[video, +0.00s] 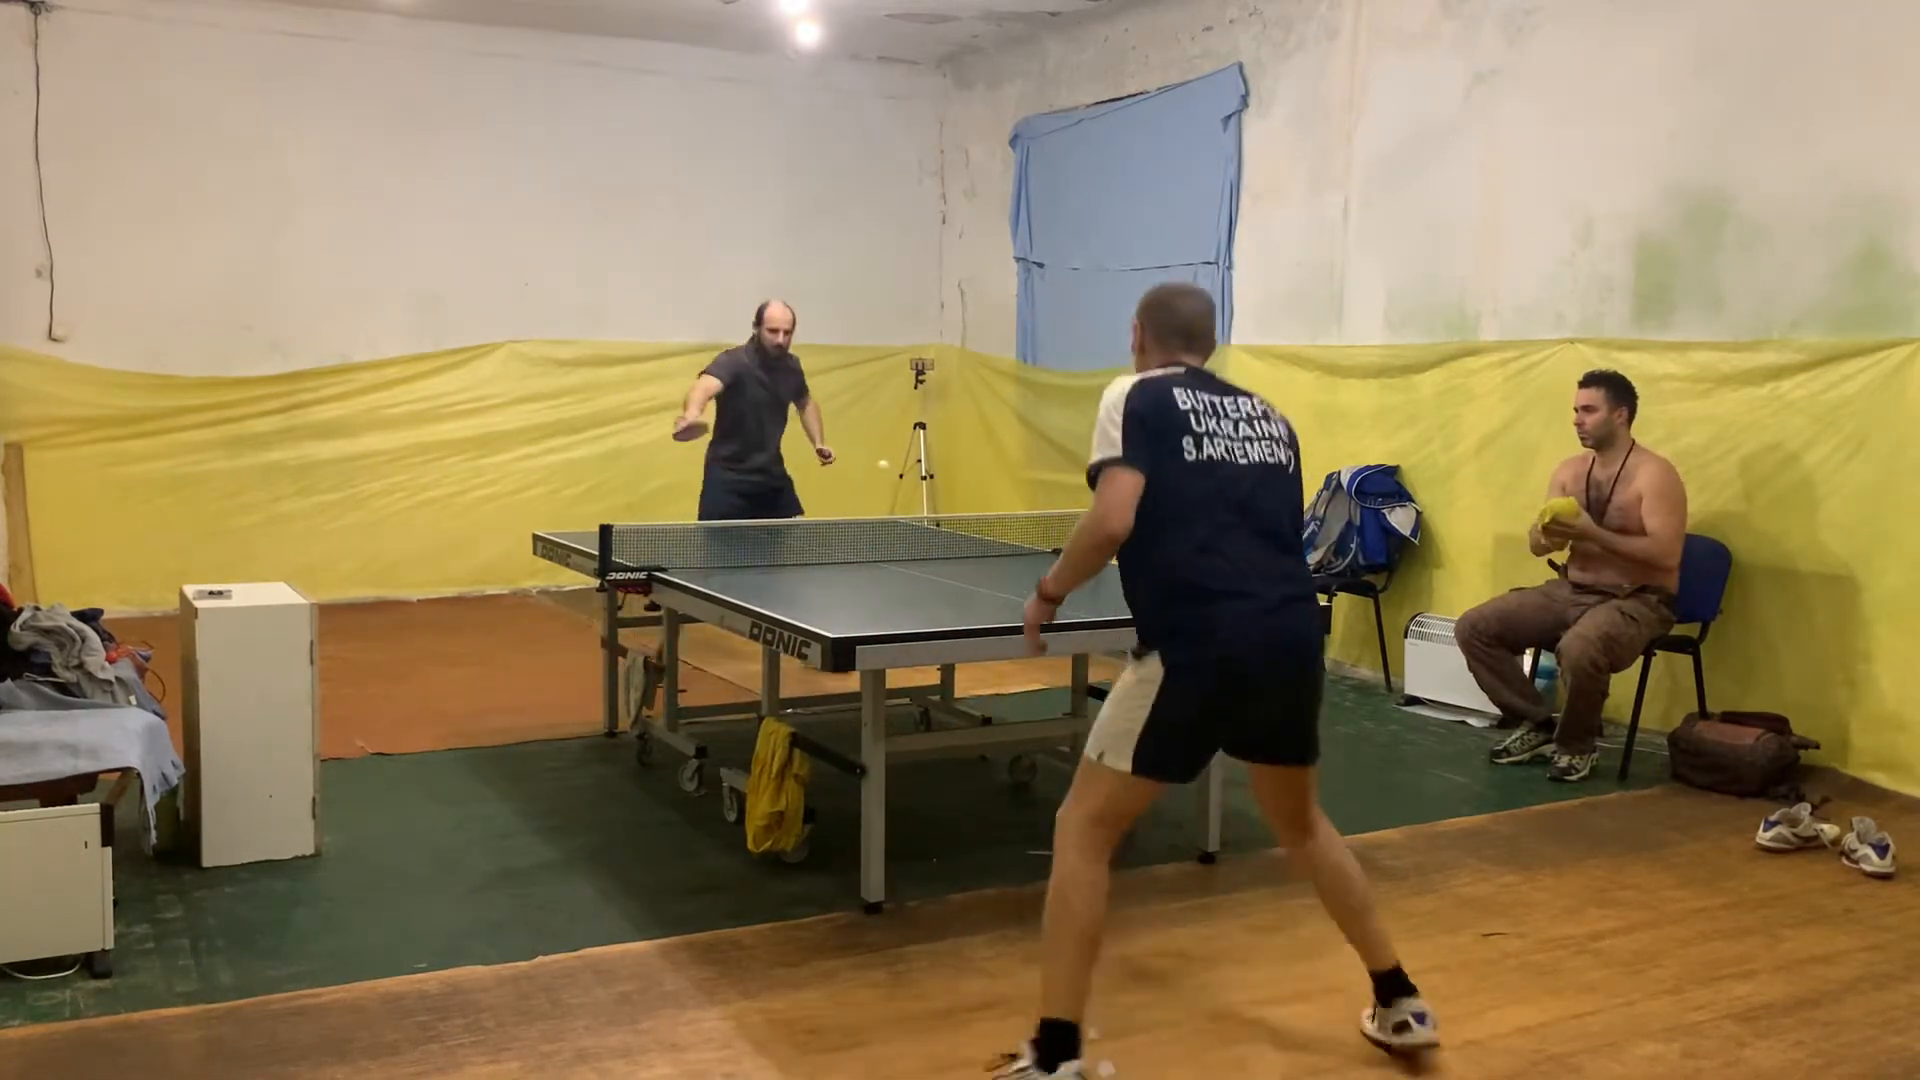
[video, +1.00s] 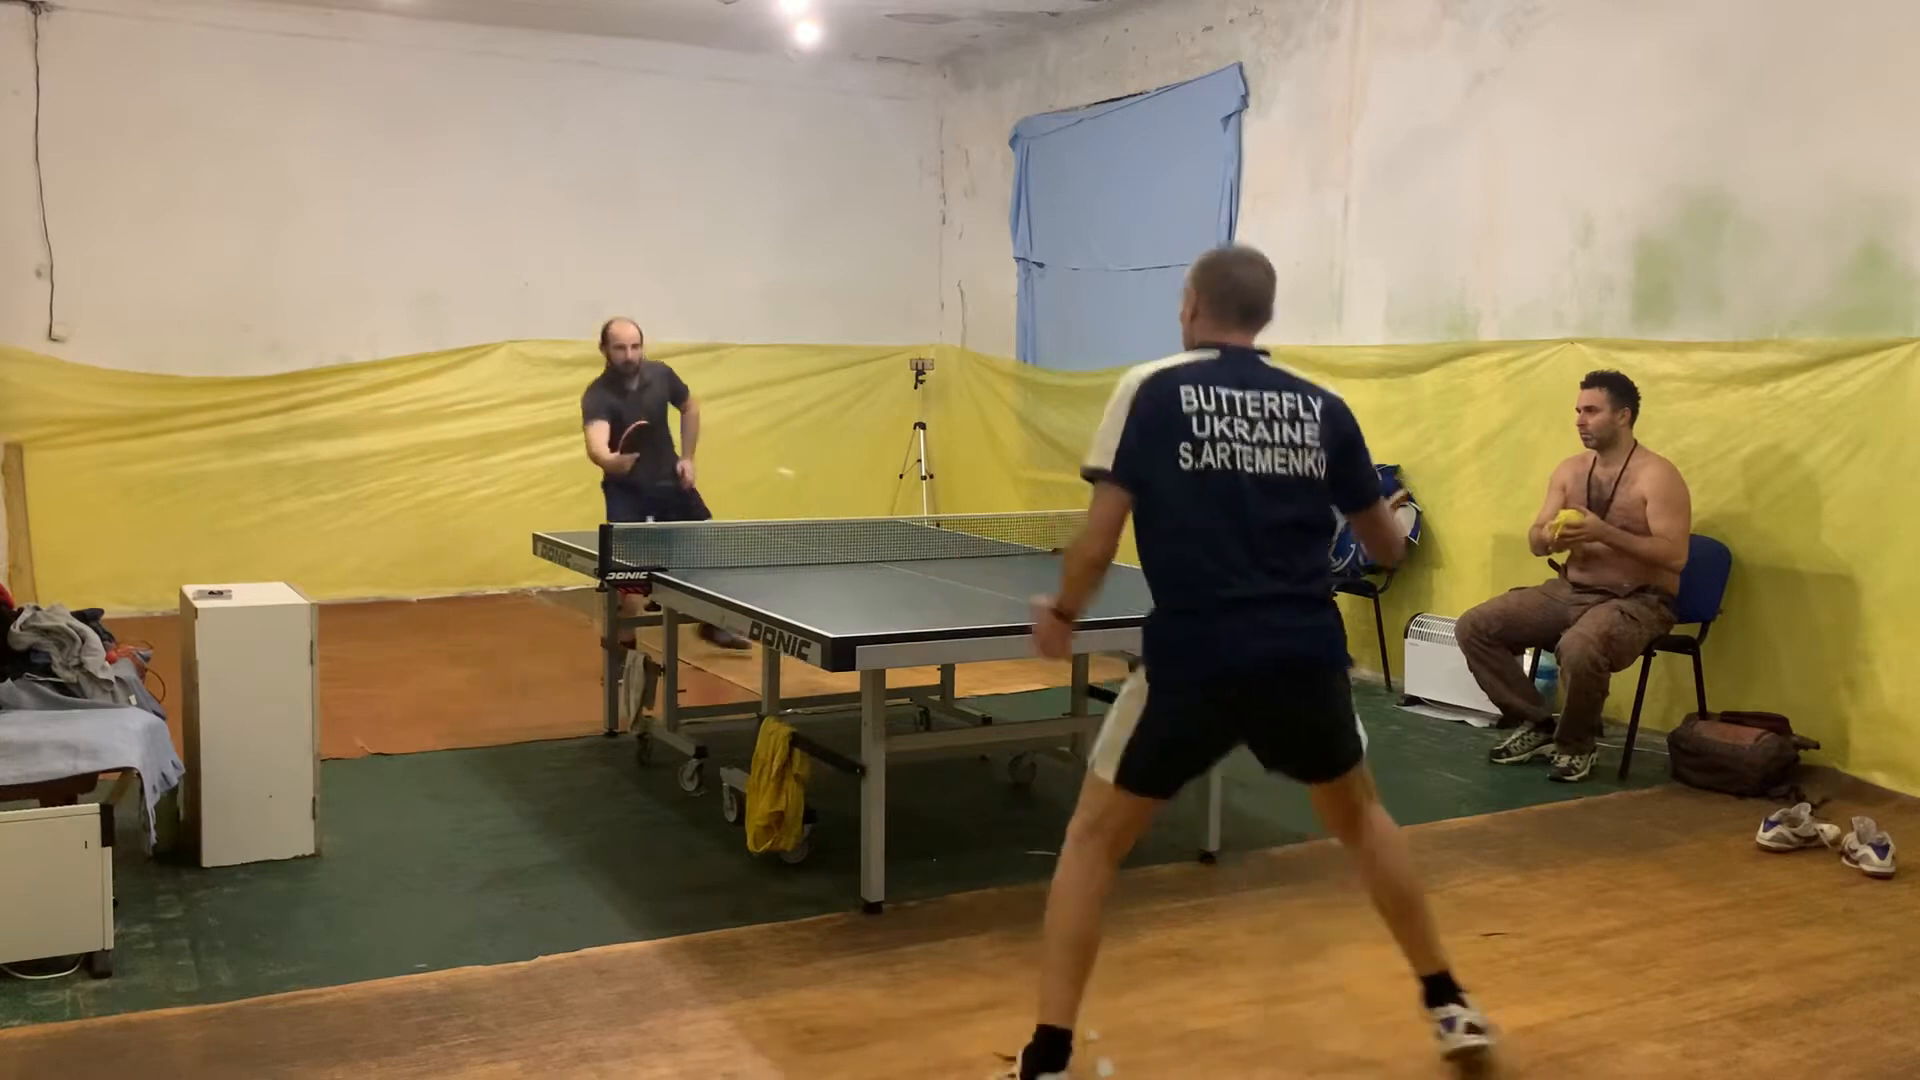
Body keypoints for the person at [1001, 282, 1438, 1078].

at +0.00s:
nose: (1129, 352)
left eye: (1130, 341)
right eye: (1138, 341)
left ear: (1141, 342)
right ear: (1210, 348)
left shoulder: (1134, 394)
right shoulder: (1270, 418)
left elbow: (1114, 520)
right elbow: (1284, 536)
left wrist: (1052, 590)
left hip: (1189, 652)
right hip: (1292, 649)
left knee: (1084, 826)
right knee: (1302, 822)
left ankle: (1056, 1048)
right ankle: (1400, 999)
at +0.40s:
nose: (1102, 416)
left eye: (1102, 399)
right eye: (1101, 401)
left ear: (1123, 393)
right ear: (1178, 393)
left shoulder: (1174, 451)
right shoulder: (1215, 456)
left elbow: (1160, 608)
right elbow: (1248, 620)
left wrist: (1040, 623)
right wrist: (1167, 671)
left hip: (1247, 706)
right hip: (1312, 698)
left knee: (1065, 840)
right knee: (1279, 853)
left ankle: (1054, 1066)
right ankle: (1401, 1016)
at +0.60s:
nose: (1133, 360)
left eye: (1136, 344)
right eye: (1136, 344)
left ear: (1158, 344)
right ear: (1222, 352)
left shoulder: (1155, 438)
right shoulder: (1264, 438)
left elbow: (1062, 588)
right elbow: (1234, 404)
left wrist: (939, 609)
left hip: (1156, 714)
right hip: (1246, 704)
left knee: (1010, 870)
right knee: (1198, 835)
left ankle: (1069, 1071)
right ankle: (1324, 1009)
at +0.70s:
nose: (1134, 350)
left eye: (1137, 335)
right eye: (1137, 334)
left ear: (1155, 338)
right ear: (1220, 344)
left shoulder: (1140, 441)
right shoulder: (1274, 441)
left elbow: (1051, 581)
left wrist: (939, 611)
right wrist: (1327, 431)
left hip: (1146, 712)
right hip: (1242, 703)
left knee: (1015, 872)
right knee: (1200, 837)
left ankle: (1070, 1072)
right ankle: (1320, 1010)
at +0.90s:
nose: (1157, 289)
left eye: (1161, 276)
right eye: (1164, 275)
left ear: (1174, 284)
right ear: (1246, 295)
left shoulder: (1137, 371)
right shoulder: (1303, 386)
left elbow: (1077, 518)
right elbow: (1371, 506)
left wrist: (1011, 566)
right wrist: (1375, 480)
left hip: (1174, 653)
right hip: (1290, 648)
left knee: (1076, 835)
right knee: (1320, 804)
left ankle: (1063, 1055)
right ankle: (1376, 995)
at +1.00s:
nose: (1179, 313)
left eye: (1182, 300)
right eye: (1186, 299)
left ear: (1192, 309)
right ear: (1267, 321)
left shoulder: (1147, 390)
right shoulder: (1320, 406)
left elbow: (1098, 539)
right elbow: (1388, 546)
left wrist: (1061, 611)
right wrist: (1390, 516)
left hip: (1191, 666)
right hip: (1305, 663)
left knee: (1094, 841)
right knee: (1362, 817)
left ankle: (1046, 1059)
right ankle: (1448, 1002)